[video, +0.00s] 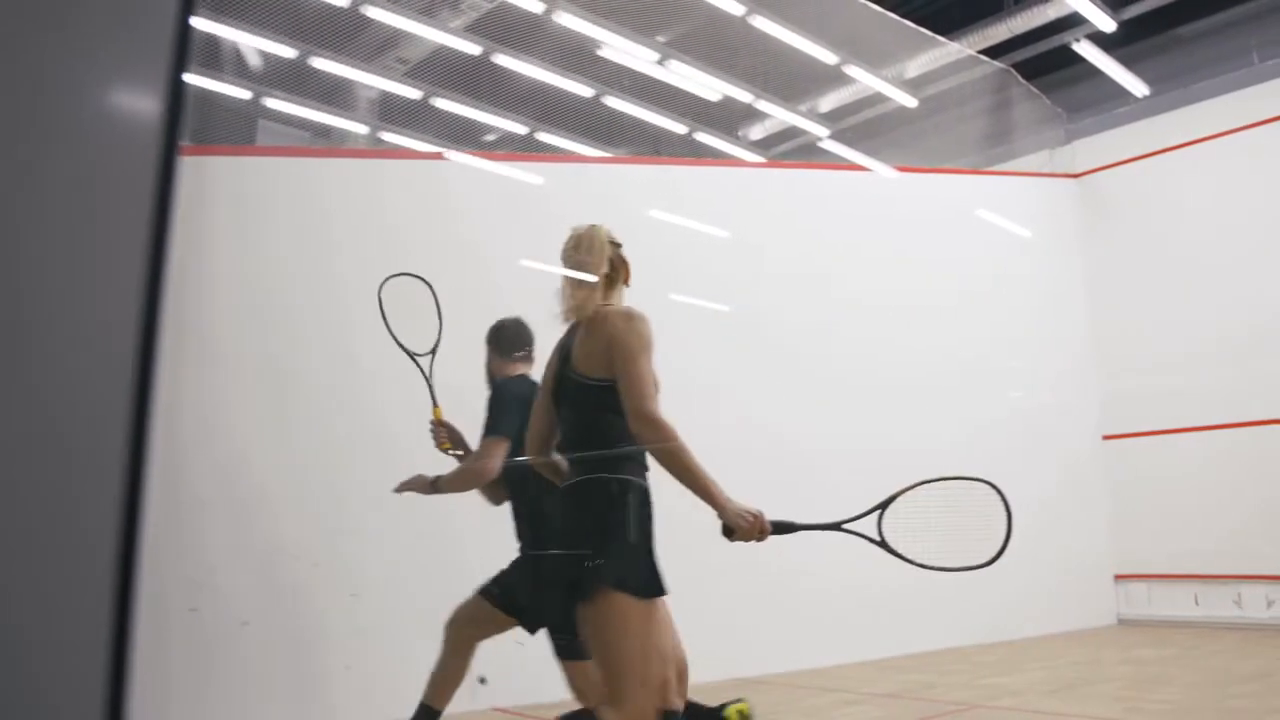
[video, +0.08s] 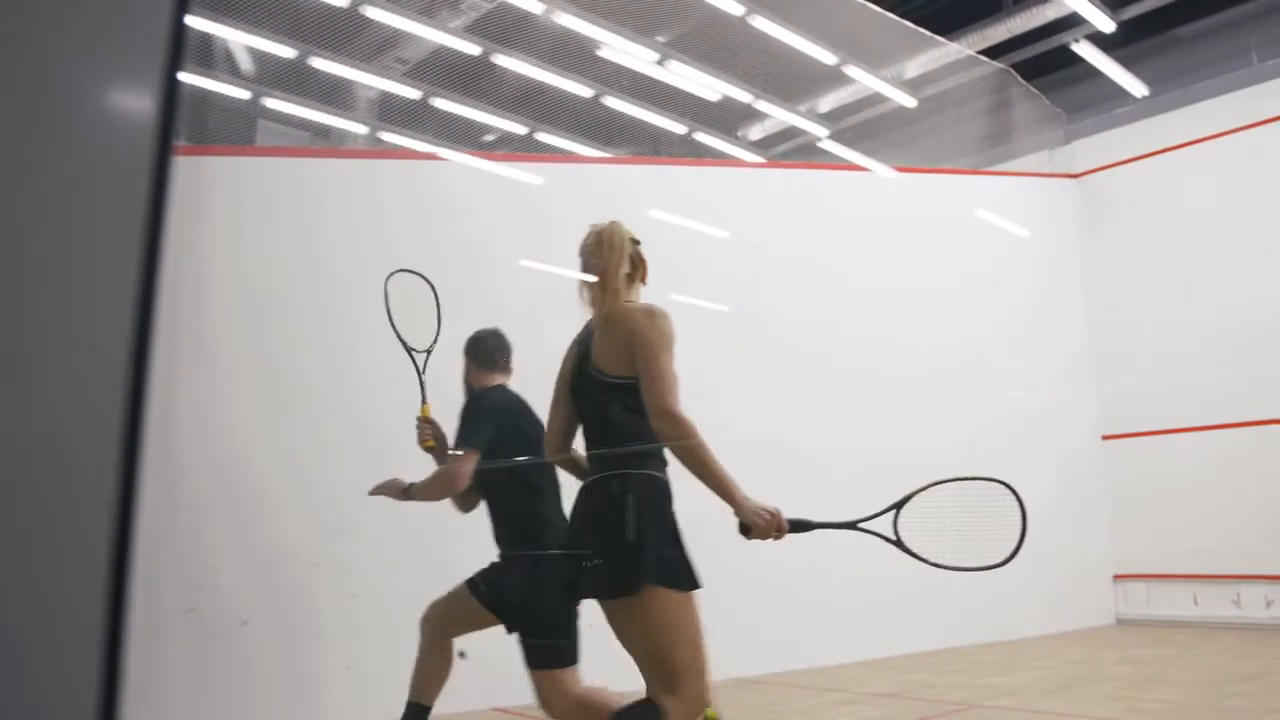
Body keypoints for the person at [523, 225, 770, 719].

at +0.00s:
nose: (568, 287)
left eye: (578, 277)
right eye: (568, 277)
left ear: (595, 278)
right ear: (619, 275)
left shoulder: (566, 344)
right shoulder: (627, 325)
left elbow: (536, 450)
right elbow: (646, 423)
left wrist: (580, 483)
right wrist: (724, 504)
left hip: (591, 519)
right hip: (611, 522)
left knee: (669, 682)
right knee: (635, 701)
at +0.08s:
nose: (594, 278)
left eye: (590, 269)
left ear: (588, 271)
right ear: (640, 268)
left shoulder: (582, 342)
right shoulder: (648, 322)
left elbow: (557, 448)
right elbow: (666, 420)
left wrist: (611, 480)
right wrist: (740, 502)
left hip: (597, 518)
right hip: (637, 516)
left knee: (666, 692)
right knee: (687, 697)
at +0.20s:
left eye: (664, 258)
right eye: (669, 257)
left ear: (614, 268)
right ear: (665, 262)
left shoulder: (601, 342)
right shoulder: (678, 321)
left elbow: (585, 443)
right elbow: (694, 418)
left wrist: (644, 468)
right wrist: (766, 500)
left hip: (617, 514)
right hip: (671, 512)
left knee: (669, 680)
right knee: (748, 670)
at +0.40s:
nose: (711, 266)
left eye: (707, 258)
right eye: (709, 258)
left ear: (655, 267)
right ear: (705, 264)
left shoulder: (634, 342)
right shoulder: (728, 323)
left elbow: (624, 438)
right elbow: (738, 411)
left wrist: (682, 458)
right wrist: (802, 499)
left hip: (658, 514)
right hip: (728, 509)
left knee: (668, 679)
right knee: (807, 660)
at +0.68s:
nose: (764, 280)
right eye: (763, 273)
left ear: (710, 285)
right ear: (762, 278)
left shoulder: (690, 358)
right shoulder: (790, 340)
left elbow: (679, 451)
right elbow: (803, 423)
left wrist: (732, 482)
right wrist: (866, 509)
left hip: (724, 521)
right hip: (798, 516)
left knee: (724, 685)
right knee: (871, 674)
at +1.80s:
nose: (763, 316)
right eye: (763, 308)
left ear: (716, 317)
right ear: (763, 313)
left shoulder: (689, 376)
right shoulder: (781, 373)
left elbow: (670, 450)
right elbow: (819, 442)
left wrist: (669, 517)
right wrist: (874, 504)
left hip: (708, 526)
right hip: (772, 520)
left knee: (733, 649)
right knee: (833, 650)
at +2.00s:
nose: (738, 308)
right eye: (737, 300)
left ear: (689, 305)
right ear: (736, 304)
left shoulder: (662, 363)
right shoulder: (756, 362)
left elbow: (641, 437)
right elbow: (802, 429)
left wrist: (636, 497)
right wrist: (852, 486)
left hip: (682, 513)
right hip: (746, 506)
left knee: (707, 641)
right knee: (782, 637)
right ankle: (808, 715)